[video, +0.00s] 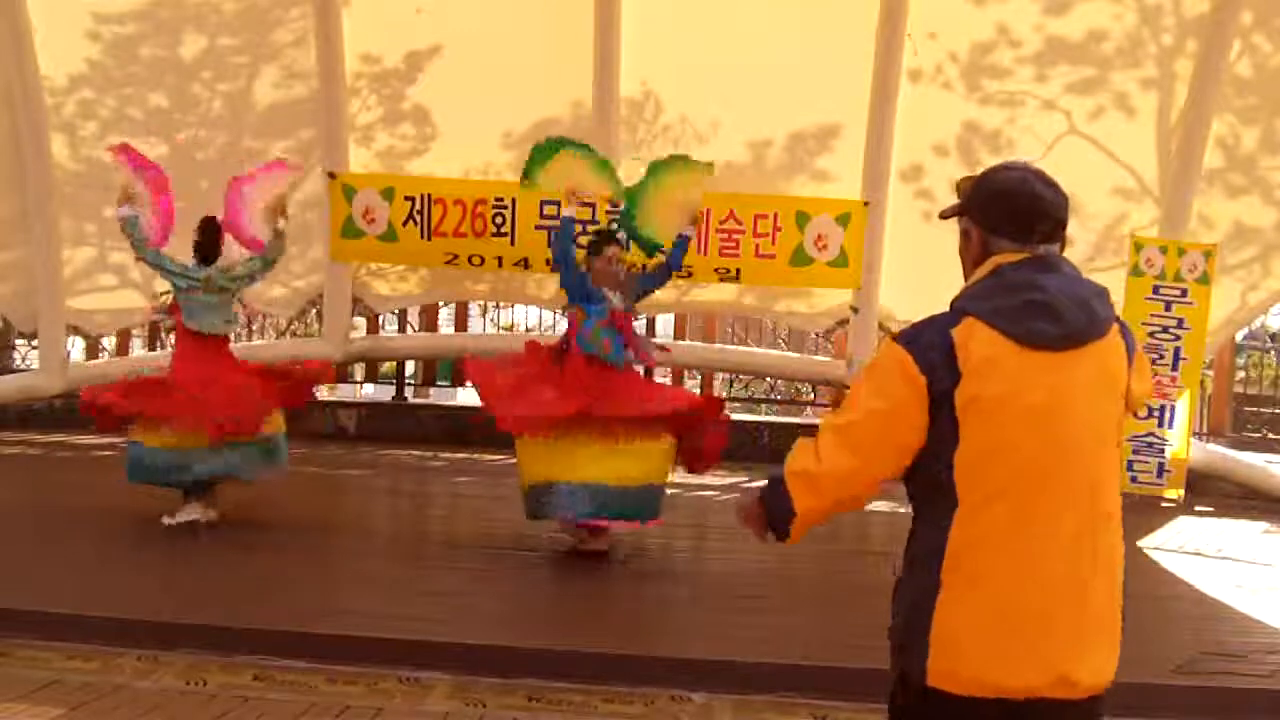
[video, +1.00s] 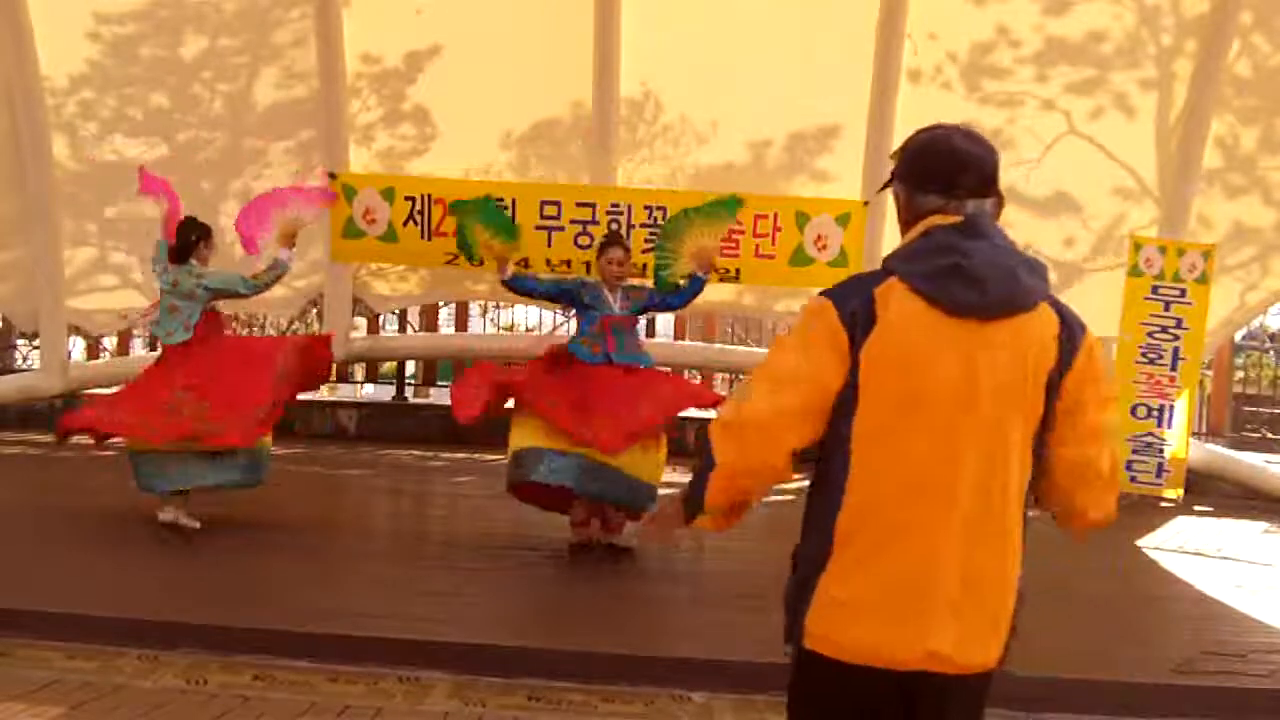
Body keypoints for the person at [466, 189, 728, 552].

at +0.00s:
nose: (616, 266)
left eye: (619, 260)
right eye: (609, 259)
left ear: (623, 262)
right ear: (590, 262)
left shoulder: (627, 291)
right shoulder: (582, 291)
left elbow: (665, 271)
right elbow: (565, 259)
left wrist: (685, 235)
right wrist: (568, 211)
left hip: (616, 375)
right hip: (581, 372)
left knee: (609, 448)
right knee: (585, 447)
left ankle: (598, 521)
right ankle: (585, 523)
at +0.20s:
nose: (581, 268)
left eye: (588, 261)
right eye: (579, 262)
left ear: (609, 265)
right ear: (580, 265)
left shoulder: (621, 296)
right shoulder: (579, 292)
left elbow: (636, 275)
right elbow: (555, 260)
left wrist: (638, 239)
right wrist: (548, 217)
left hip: (617, 383)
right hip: (580, 380)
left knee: (614, 451)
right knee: (584, 450)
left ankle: (613, 525)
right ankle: (589, 525)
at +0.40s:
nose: (582, 260)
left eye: (585, 256)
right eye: (585, 256)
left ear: (590, 259)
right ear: (619, 259)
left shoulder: (586, 292)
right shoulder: (627, 285)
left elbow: (543, 270)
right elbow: (638, 258)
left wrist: (520, 229)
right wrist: (632, 221)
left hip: (599, 373)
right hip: (631, 370)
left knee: (596, 447)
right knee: (614, 447)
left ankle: (606, 529)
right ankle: (608, 527)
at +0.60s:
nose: (627, 266)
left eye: (625, 260)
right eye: (624, 260)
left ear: (586, 262)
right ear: (615, 262)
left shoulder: (572, 292)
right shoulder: (621, 293)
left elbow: (561, 267)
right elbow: (665, 274)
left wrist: (569, 237)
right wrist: (686, 234)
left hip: (574, 372)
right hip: (614, 376)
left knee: (574, 448)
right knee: (604, 449)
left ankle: (573, 525)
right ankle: (594, 528)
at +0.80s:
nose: (630, 271)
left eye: (632, 265)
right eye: (626, 264)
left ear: (628, 268)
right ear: (609, 265)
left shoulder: (626, 296)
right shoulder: (595, 294)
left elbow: (650, 285)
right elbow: (592, 275)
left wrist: (677, 258)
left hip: (625, 375)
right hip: (593, 374)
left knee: (621, 445)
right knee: (590, 446)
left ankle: (616, 523)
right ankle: (586, 525)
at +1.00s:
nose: (615, 267)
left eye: (621, 262)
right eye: (610, 261)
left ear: (629, 265)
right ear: (598, 263)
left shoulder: (637, 296)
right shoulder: (583, 291)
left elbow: (676, 300)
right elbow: (543, 289)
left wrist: (702, 273)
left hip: (630, 378)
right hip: (586, 377)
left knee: (621, 453)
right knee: (585, 450)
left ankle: (611, 533)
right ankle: (583, 532)